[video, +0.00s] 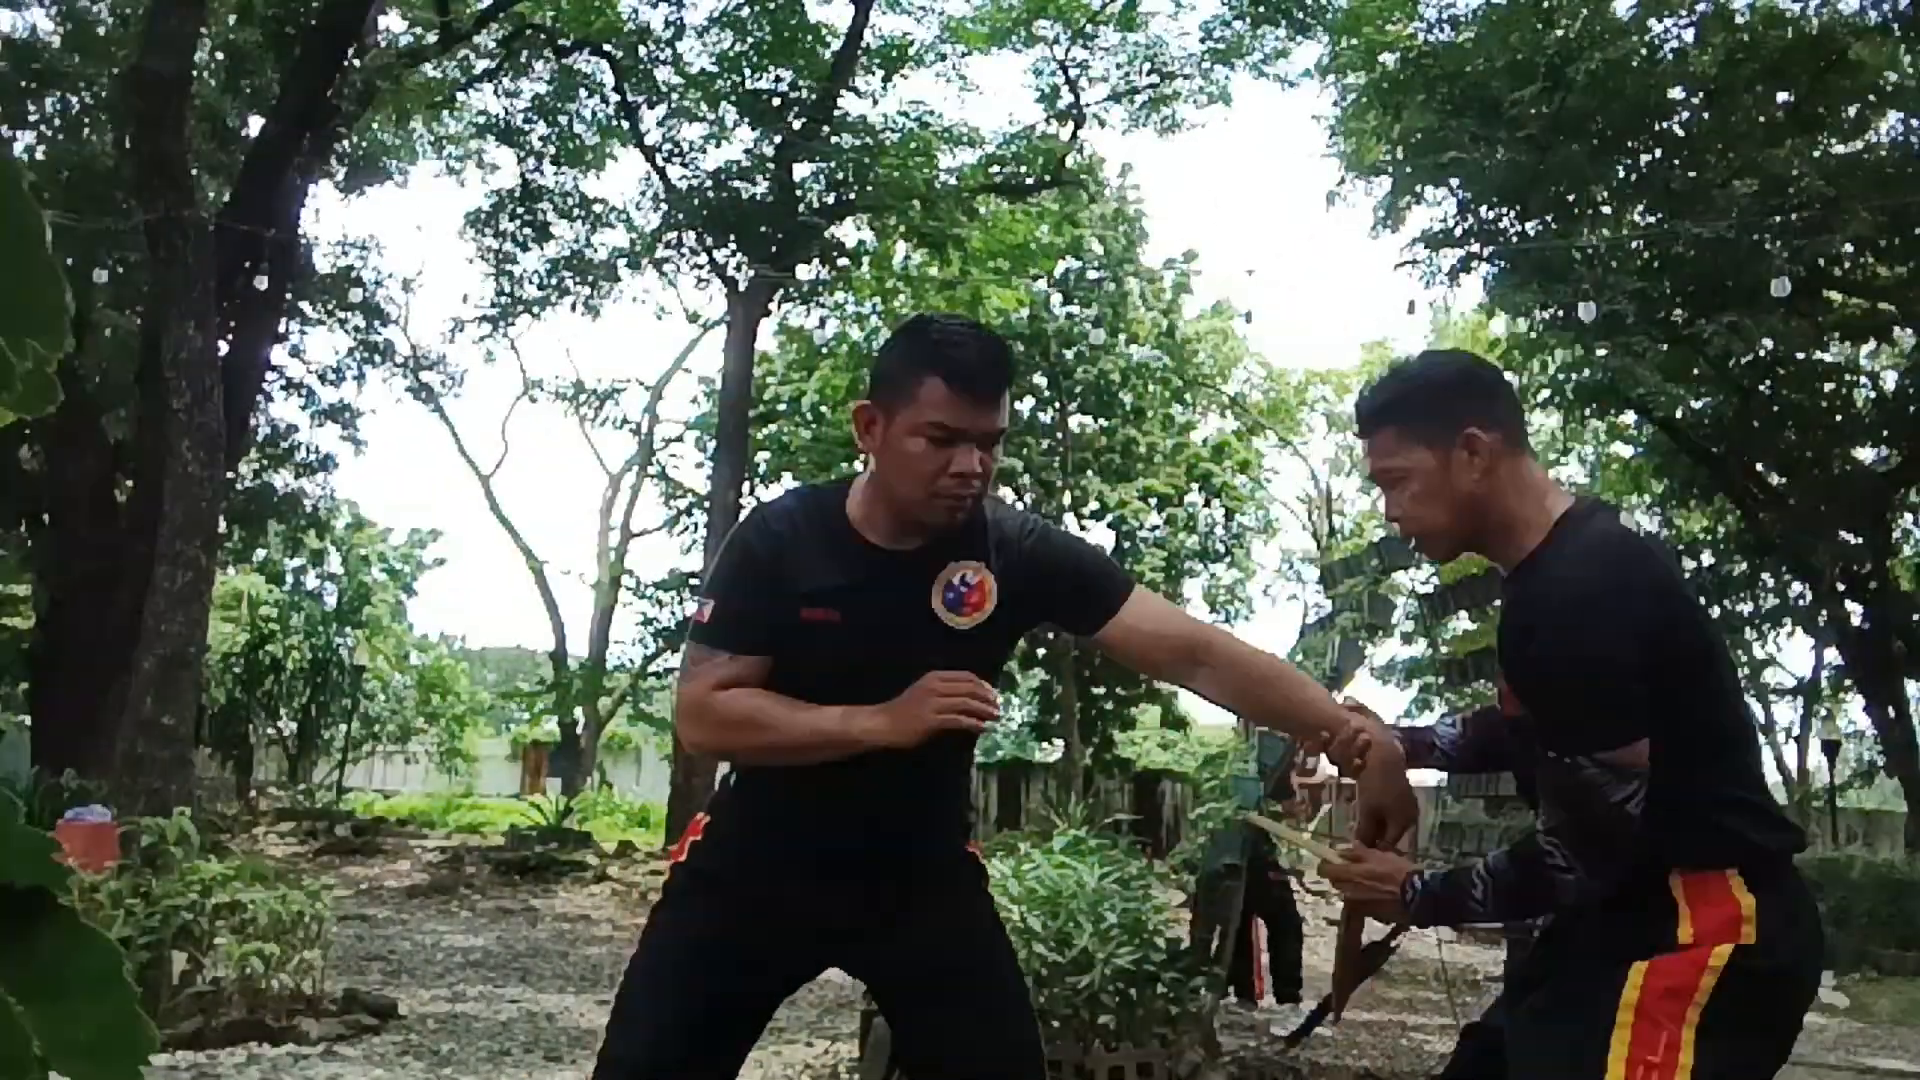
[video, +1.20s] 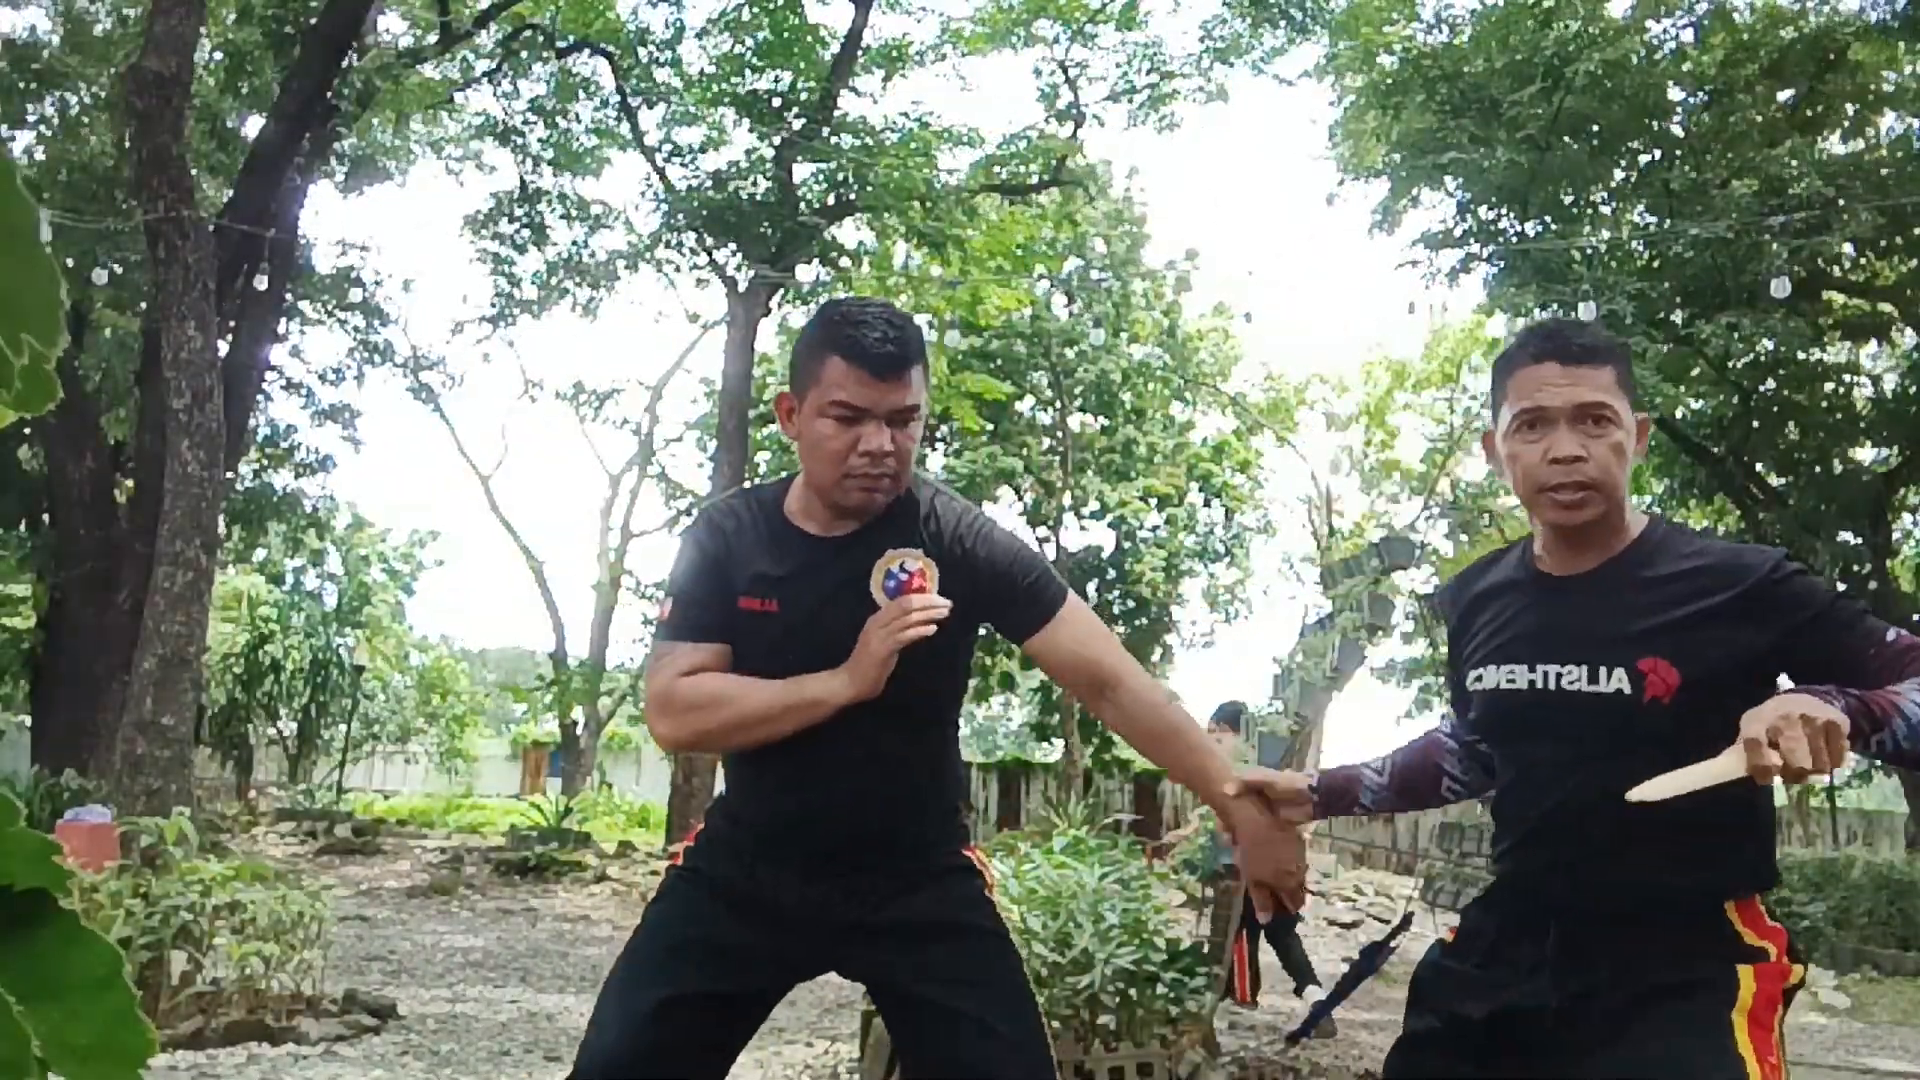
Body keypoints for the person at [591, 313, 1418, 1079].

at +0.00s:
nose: (972, 467)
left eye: (988, 443)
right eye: (945, 441)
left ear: (1004, 440)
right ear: (870, 429)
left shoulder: (1015, 555)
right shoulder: (774, 544)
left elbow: (1191, 651)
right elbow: (702, 718)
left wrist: (1358, 734)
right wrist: (880, 721)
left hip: (927, 885)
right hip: (752, 874)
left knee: (997, 1067)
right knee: (641, 1068)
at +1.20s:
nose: (878, 446)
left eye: (901, 420)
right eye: (848, 418)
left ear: (925, 420)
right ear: (789, 415)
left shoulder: (965, 546)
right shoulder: (726, 537)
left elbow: (1110, 682)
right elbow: (673, 714)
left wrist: (1239, 799)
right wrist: (842, 681)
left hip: (920, 886)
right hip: (747, 873)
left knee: (1009, 1073)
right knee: (615, 1066)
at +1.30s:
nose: (882, 438)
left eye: (904, 413)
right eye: (854, 411)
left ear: (926, 415)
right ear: (793, 410)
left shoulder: (969, 544)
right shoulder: (730, 531)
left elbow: (1094, 698)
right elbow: (675, 708)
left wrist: (1209, 856)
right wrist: (845, 678)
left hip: (923, 885)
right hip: (749, 873)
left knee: (1013, 1069)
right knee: (615, 1065)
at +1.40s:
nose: (882, 425)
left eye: (904, 402)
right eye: (852, 399)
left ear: (925, 407)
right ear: (791, 401)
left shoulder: (967, 538)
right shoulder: (730, 526)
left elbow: (1056, 714)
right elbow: (671, 701)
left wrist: (1125, 899)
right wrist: (843, 674)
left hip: (921, 873)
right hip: (755, 865)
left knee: (1011, 1068)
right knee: (620, 1063)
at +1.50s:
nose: (873, 415)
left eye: (895, 392)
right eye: (844, 388)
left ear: (914, 398)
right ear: (783, 393)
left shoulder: (961, 533)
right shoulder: (716, 526)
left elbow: (1007, 722)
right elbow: (671, 702)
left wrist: (1024, 913)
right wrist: (842, 671)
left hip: (917, 867)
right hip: (754, 862)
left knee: (1003, 1060)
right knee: (621, 1062)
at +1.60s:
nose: (845, 407)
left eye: (863, 384)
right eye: (816, 378)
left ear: (880, 391)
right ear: (750, 380)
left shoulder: (924, 520)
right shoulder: (679, 529)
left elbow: (957, 705)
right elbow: (651, 710)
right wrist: (834, 709)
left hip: (894, 865)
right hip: (722, 867)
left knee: (986, 1065)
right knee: (605, 1066)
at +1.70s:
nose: (802, 396)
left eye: (821, 376)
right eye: (776, 366)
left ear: (834, 384)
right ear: (706, 361)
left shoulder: (858, 510)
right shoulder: (614, 512)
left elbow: (899, 684)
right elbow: (574, 700)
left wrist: (778, 809)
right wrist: (736, 790)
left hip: (818, 866)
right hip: (646, 867)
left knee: (904, 1062)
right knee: (582, 1063)